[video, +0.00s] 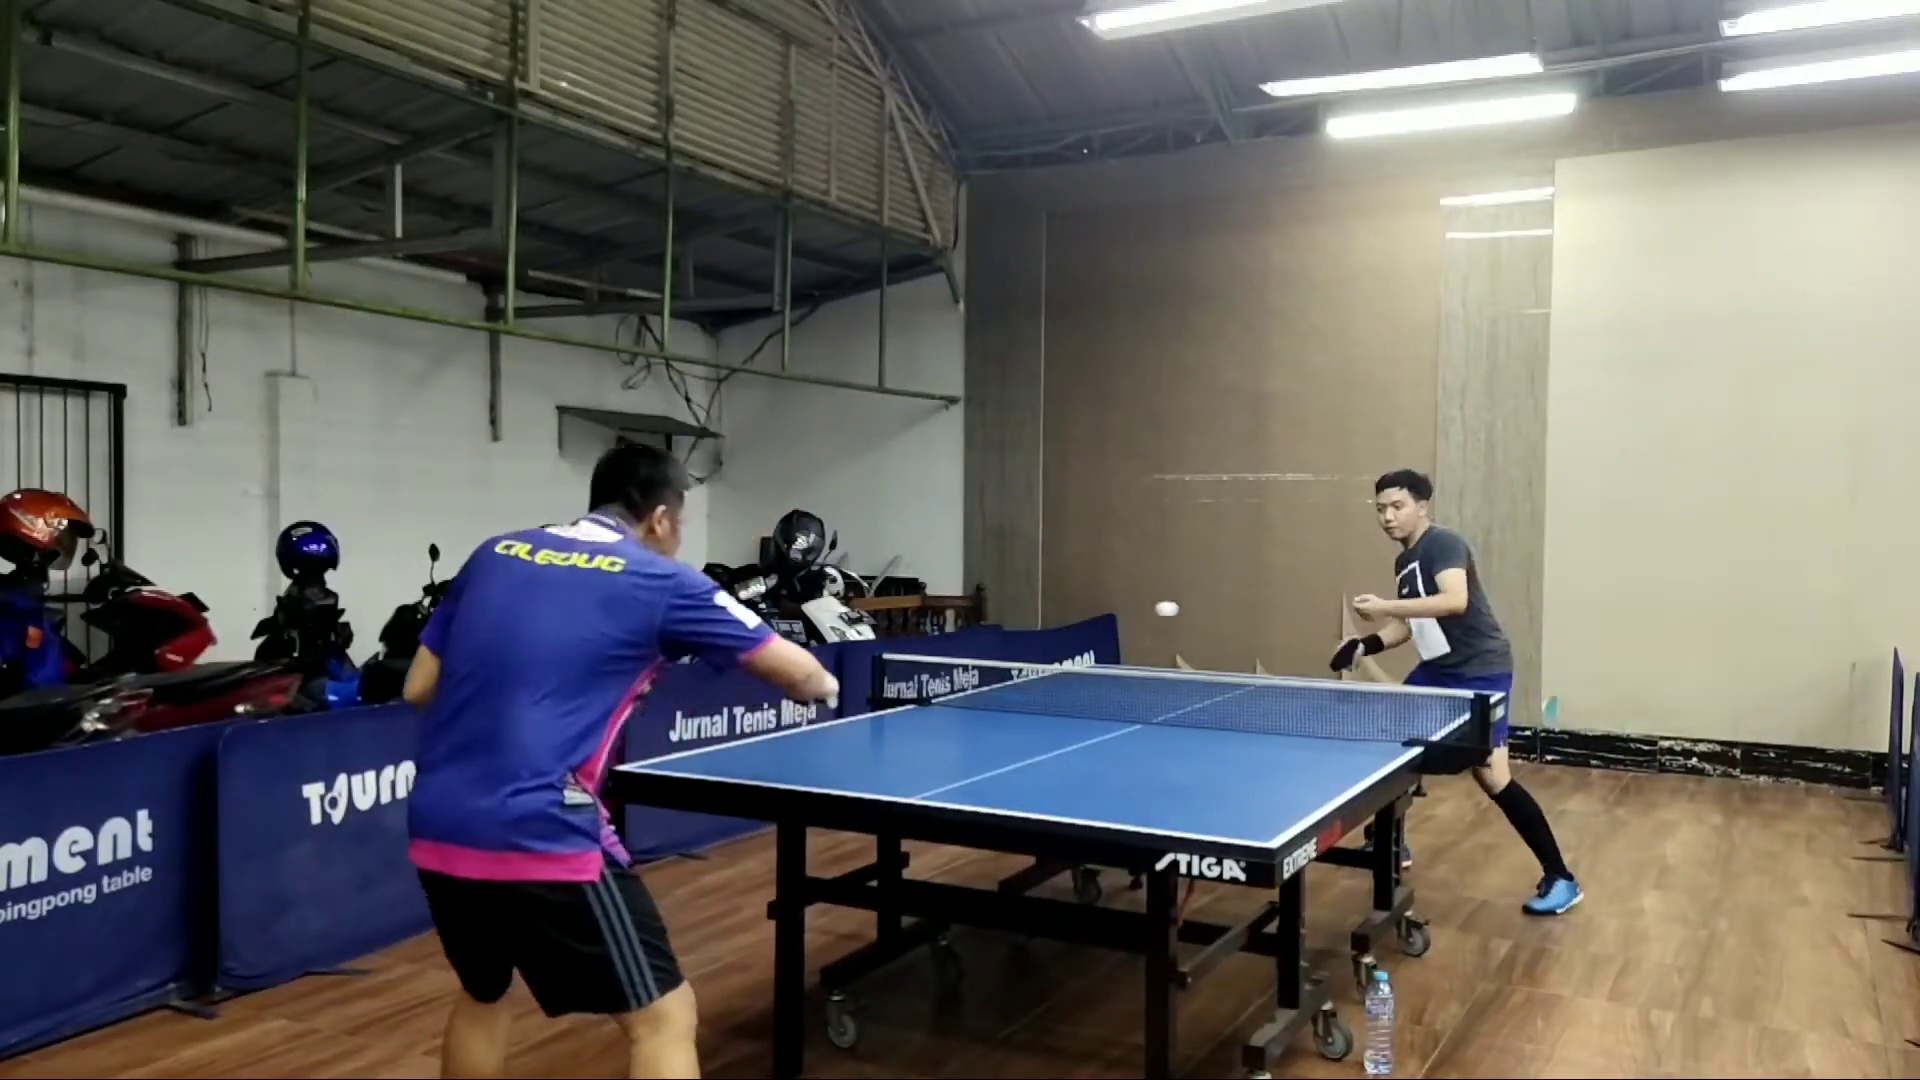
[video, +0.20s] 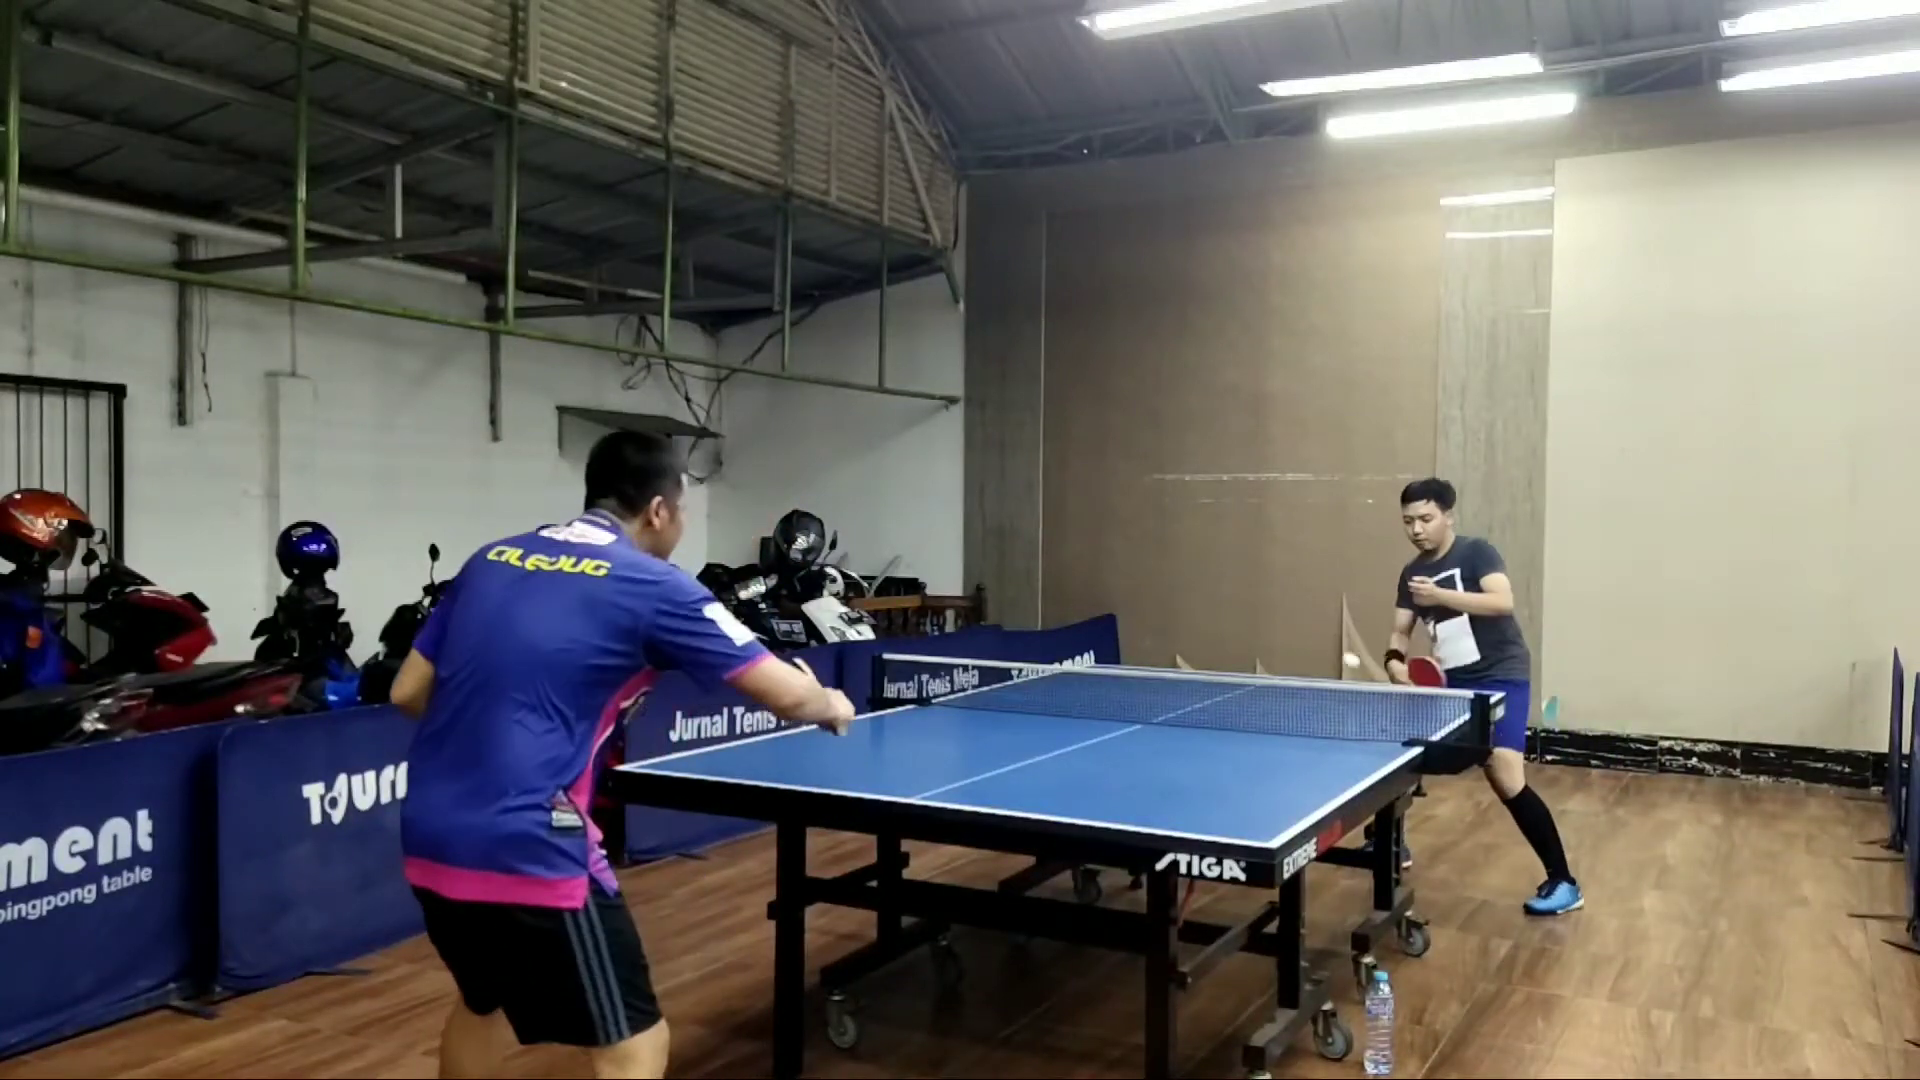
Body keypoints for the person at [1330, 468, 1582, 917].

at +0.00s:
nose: (1387, 516)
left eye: (1395, 507)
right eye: (1381, 509)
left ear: (1422, 506)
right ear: (1380, 514)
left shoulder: (1443, 543)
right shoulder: (1404, 563)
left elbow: (1455, 600)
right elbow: (1406, 625)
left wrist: (1386, 608)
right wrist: (1366, 643)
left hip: (1482, 670)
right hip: (1436, 669)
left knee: (1493, 776)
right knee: (1382, 740)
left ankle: (1560, 877)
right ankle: (1388, 841)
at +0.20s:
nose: (1416, 528)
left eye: (1424, 518)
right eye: (1409, 521)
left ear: (1448, 517)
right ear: (1404, 524)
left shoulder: (1477, 553)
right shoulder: (1413, 573)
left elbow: (1504, 603)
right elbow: (1401, 632)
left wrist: (1442, 595)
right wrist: (1396, 662)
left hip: (1502, 678)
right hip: (1449, 684)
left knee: (1504, 775)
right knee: (1389, 750)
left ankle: (1562, 881)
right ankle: (1388, 844)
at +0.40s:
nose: (1455, 516)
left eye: (1464, 506)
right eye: (1447, 507)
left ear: (1487, 506)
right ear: (1441, 510)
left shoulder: (1515, 550)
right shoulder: (1435, 561)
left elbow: (1552, 606)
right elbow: (1402, 617)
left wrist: (1511, 613)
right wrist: (1381, 601)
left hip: (1515, 675)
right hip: (1459, 674)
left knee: (1517, 763)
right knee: (1399, 738)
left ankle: (1564, 881)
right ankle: (1389, 844)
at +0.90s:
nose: (1436, 498)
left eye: (1446, 490)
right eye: (1429, 491)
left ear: (1467, 494)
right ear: (1423, 497)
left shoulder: (1491, 538)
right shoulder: (1419, 551)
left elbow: (1516, 595)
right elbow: (1398, 609)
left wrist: (1461, 613)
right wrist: (1354, 612)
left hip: (1491, 669)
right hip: (1437, 668)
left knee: (1509, 765)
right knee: (1396, 737)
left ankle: (1563, 873)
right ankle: (1413, 836)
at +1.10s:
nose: (1412, 527)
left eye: (1421, 519)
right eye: (1405, 520)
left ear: (1443, 522)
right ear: (1400, 526)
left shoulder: (1466, 560)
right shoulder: (1413, 577)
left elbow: (1487, 615)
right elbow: (1412, 636)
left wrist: (1434, 610)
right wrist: (1394, 654)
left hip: (1487, 682)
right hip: (1439, 681)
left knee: (1489, 781)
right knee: (1382, 738)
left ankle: (1561, 874)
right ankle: (1389, 835)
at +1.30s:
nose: (1441, 509)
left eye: (1451, 501)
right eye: (1434, 502)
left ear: (1471, 505)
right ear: (1428, 508)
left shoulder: (1500, 545)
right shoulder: (1422, 567)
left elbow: (1542, 595)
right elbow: (1402, 630)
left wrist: (1502, 593)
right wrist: (1413, 640)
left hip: (1511, 670)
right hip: (1454, 671)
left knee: (1515, 762)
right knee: (1401, 744)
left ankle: (1566, 874)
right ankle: (1388, 838)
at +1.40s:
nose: (1456, 496)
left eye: (1467, 489)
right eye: (1449, 489)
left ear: (1486, 495)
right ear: (1442, 496)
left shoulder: (1516, 537)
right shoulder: (1434, 555)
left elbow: (1561, 585)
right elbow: (1403, 603)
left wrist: (1544, 592)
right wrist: (1376, 596)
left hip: (1528, 663)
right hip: (1472, 664)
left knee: (1536, 758)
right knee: (1428, 750)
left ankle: (1568, 875)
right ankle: (1398, 838)